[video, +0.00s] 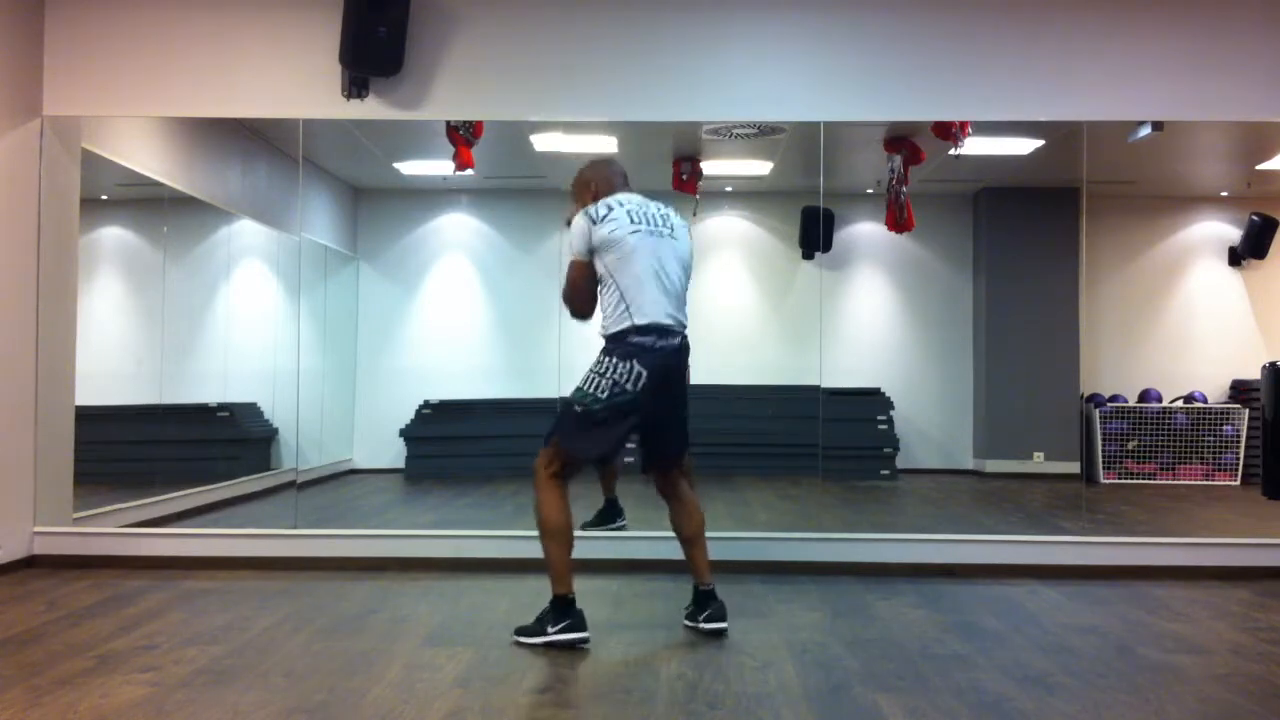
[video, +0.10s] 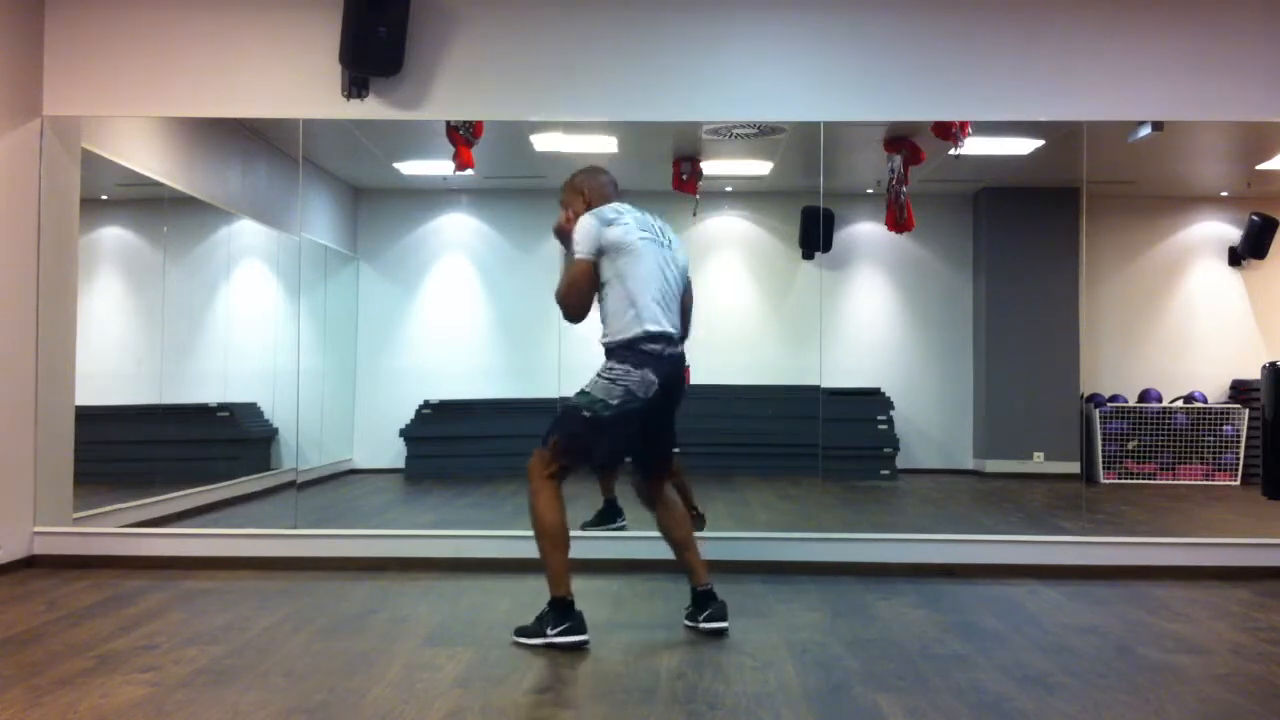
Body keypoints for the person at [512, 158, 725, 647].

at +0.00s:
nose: (577, 211)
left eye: (577, 204)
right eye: (576, 205)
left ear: (592, 190)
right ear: (623, 184)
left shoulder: (593, 215)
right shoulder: (675, 220)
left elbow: (580, 305)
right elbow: (674, 290)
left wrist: (580, 253)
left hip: (629, 356)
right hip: (675, 357)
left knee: (550, 467)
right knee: (672, 476)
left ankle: (562, 608)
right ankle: (706, 597)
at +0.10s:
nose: (567, 219)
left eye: (568, 210)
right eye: (566, 212)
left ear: (584, 198)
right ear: (611, 192)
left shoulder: (596, 220)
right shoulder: (665, 233)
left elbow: (574, 308)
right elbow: (682, 323)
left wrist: (572, 246)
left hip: (629, 369)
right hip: (671, 370)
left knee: (543, 470)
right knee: (653, 483)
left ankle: (561, 611)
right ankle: (705, 596)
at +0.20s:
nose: (559, 203)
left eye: (564, 192)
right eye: (558, 194)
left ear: (594, 187)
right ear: (596, 188)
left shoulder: (629, 217)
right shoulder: (623, 227)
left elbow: (585, 288)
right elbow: (638, 324)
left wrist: (568, 230)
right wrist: (594, 361)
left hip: (642, 370)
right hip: (638, 371)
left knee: (548, 469)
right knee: (624, 499)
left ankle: (562, 611)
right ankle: (712, 592)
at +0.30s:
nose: (568, 187)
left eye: (577, 177)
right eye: (568, 178)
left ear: (612, 180)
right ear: (594, 185)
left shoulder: (656, 219)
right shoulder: (592, 238)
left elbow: (621, 278)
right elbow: (569, 319)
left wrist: (593, 221)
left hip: (650, 368)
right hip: (627, 369)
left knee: (559, 468)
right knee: (625, 499)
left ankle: (564, 611)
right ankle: (718, 588)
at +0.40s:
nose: (573, 183)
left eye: (582, 173)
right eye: (573, 174)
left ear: (618, 178)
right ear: (603, 179)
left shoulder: (661, 224)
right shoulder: (596, 229)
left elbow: (640, 294)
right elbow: (545, 286)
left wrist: (599, 239)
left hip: (652, 368)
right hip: (629, 368)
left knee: (559, 467)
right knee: (630, 497)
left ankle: (565, 611)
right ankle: (720, 590)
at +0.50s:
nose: (575, 180)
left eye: (581, 170)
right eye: (576, 170)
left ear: (613, 175)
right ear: (615, 176)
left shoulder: (642, 223)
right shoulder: (621, 224)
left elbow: (651, 310)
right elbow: (584, 284)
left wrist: (591, 299)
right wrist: (563, 227)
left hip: (640, 368)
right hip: (647, 367)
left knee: (550, 469)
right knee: (649, 487)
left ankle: (564, 611)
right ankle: (724, 594)